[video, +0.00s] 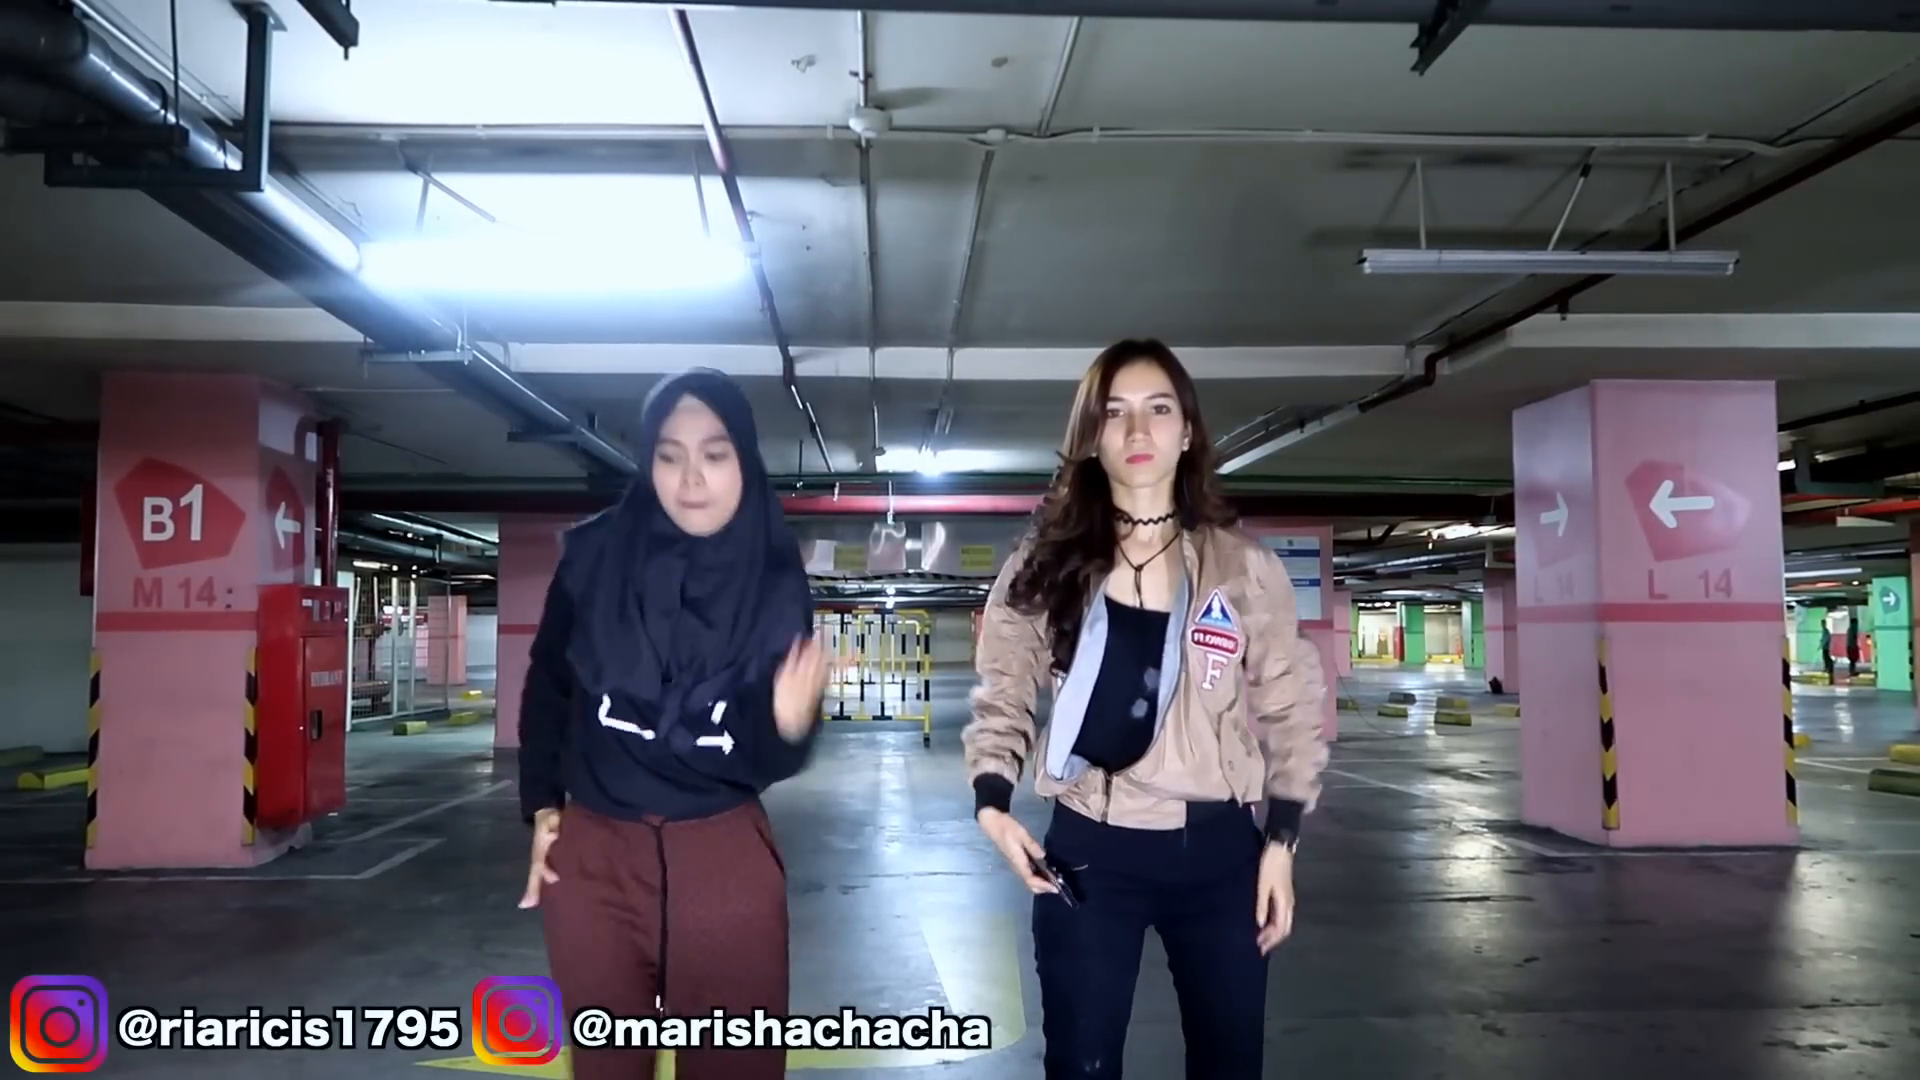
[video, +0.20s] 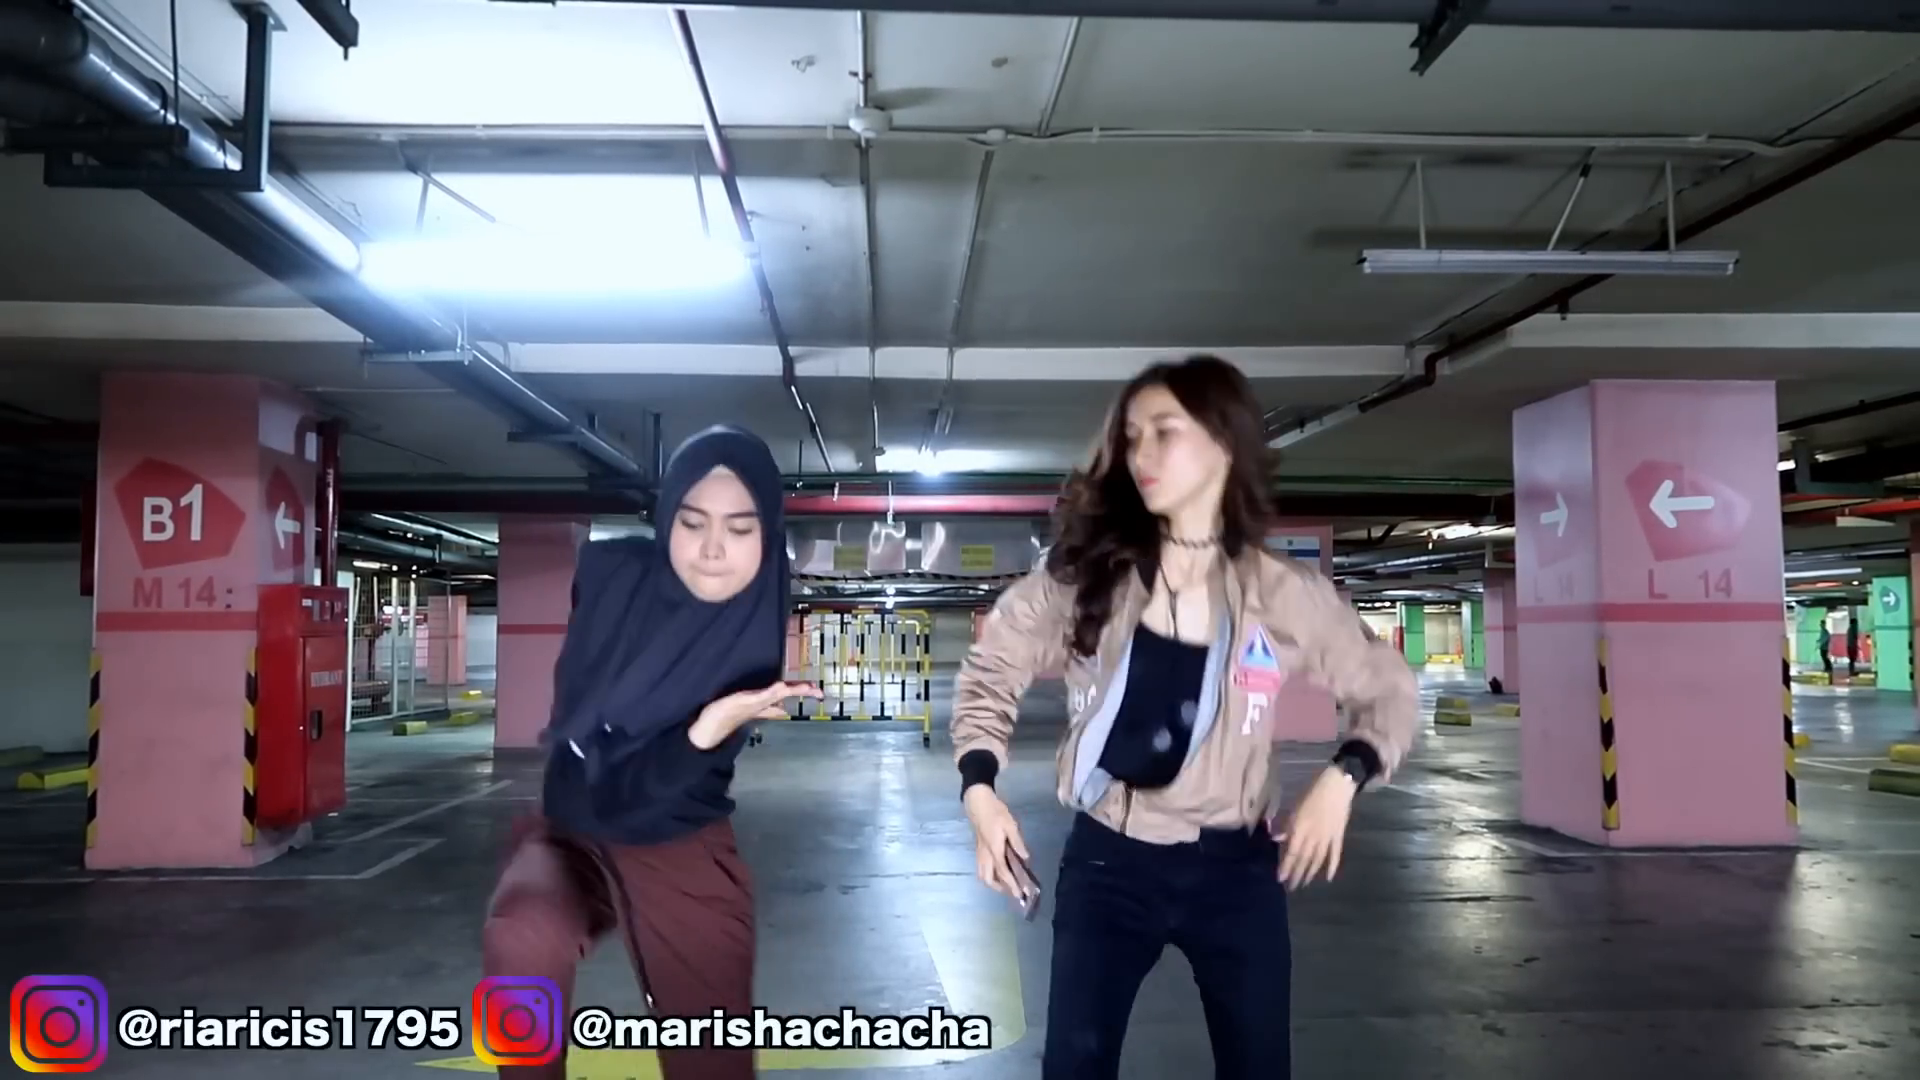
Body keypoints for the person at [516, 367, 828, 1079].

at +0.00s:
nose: (692, 479)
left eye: (714, 455)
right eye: (671, 456)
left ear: (747, 466)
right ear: (648, 465)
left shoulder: (773, 574)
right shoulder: (593, 552)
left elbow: (767, 763)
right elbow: (546, 687)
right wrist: (544, 809)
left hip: (725, 856)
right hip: (594, 854)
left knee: (736, 1066)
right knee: (606, 1066)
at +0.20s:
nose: (712, 549)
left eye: (739, 528)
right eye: (692, 522)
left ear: (768, 537)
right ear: (666, 520)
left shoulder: (754, 646)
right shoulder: (607, 567)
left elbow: (623, 795)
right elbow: (573, 682)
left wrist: (702, 736)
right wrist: (568, 737)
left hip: (680, 844)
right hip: (569, 828)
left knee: (713, 1065)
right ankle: (532, 1067)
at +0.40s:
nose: (701, 530)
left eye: (728, 513)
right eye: (682, 500)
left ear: (748, 527)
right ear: (644, 490)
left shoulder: (714, 628)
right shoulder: (565, 539)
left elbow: (566, 758)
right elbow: (500, 652)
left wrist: (662, 639)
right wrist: (452, 713)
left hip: (633, 870)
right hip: (505, 861)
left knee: (647, 1067)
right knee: (460, 1065)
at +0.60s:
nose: (634, 487)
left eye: (654, 465)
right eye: (611, 460)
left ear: (669, 466)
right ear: (555, 452)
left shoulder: (666, 558)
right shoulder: (472, 525)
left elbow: (721, 703)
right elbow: (320, 531)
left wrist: (597, 728)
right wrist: (309, 624)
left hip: (620, 829)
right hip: (483, 834)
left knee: (679, 1045)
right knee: (456, 1060)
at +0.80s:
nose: (537, 549)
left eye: (559, 524)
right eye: (511, 523)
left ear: (578, 520)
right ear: (464, 523)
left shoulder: (620, 583)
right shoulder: (433, 614)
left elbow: (753, 596)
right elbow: (393, 796)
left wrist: (716, 706)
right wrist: (375, 641)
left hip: (616, 860)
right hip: (486, 877)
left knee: (708, 952)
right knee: (449, 1068)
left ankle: (650, 1044)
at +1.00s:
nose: (547, 531)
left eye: (569, 503)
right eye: (520, 508)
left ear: (593, 499)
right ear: (484, 517)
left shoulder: (641, 523)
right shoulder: (484, 620)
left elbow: (756, 457)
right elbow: (562, 711)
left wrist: (756, 580)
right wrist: (423, 638)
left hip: (692, 852)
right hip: (563, 860)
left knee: (722, 1065)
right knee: (534, 1064)